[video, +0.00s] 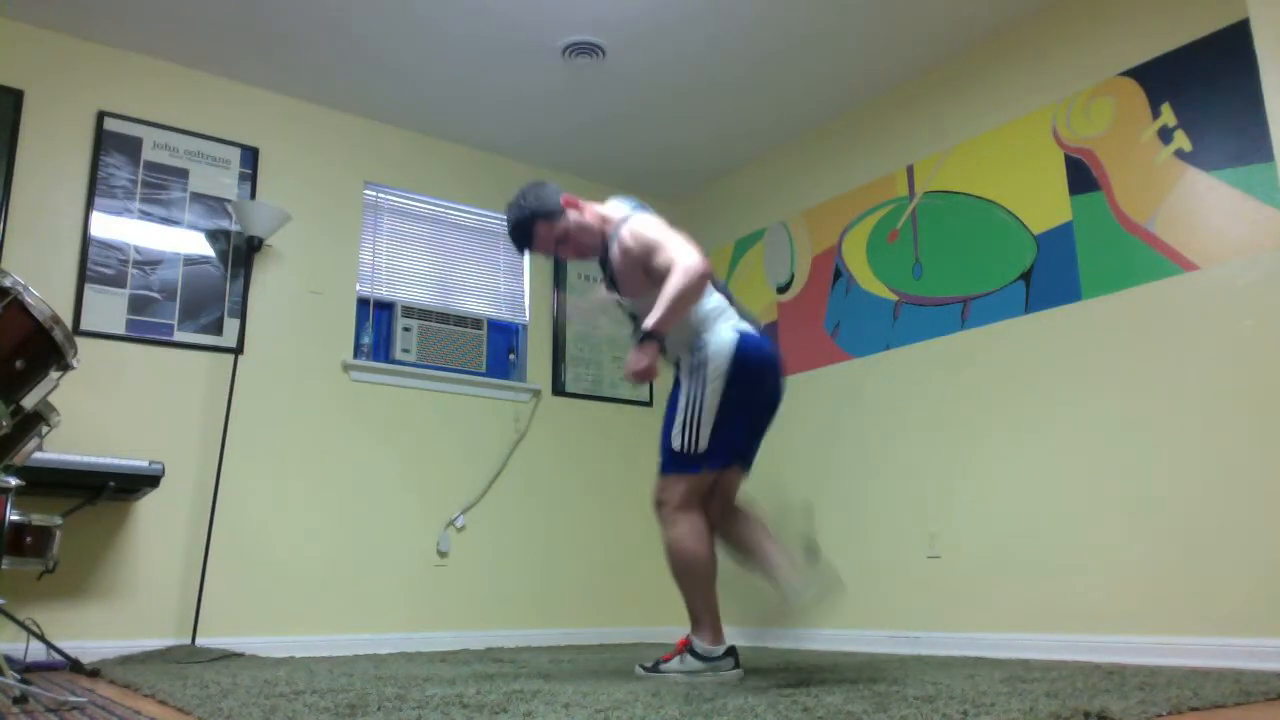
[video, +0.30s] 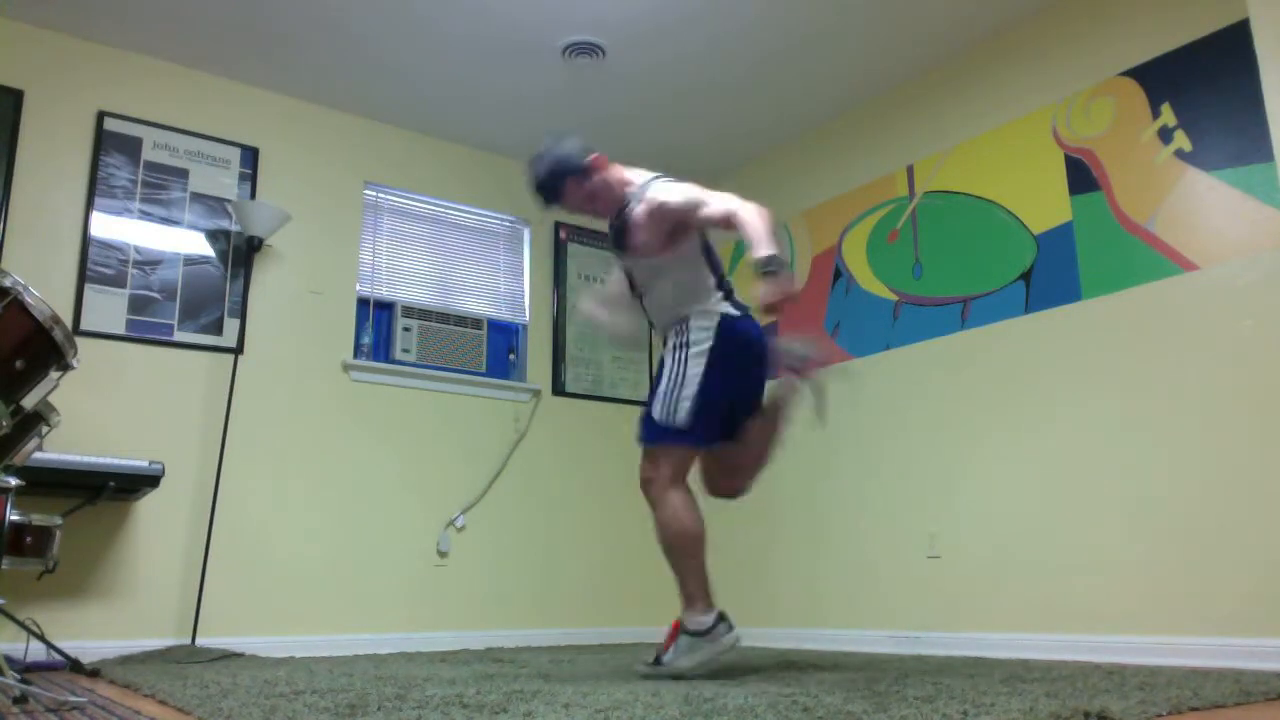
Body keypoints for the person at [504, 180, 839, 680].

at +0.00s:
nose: (569, 254)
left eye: (562, 240)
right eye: (557, 253)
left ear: (573, 206)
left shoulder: (630, 230)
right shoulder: (613, 230)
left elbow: (691, 265)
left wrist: (649, 337)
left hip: (719, 358)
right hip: (743, 355)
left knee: (676, 502)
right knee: (716, 504)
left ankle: (708, 646)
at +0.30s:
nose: (578, 211)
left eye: (572, 200)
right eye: (570, 206)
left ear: (589, 172)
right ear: (580, 182)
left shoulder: (656, 199)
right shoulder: (628, 220)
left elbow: (747, 212)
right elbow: (652, 284)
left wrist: (769, 265)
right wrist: (609, 307)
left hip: (705, 334)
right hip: (720, 336)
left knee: (660, 479)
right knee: (727, 479)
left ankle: (701, 624)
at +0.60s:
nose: (605, 218)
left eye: (604, 203)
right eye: (593, 214)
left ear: (615, 175)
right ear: (583, 209)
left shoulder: (666, 206)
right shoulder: (619, 230)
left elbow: (750, 205)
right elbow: (670, 263)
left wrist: (808, 226)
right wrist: (722, 271)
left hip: (715, 357)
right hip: (705, 357)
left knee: (707, 504)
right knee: (781, 480)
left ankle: (719, 641)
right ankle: (893, 460)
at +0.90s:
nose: (607, 264)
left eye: (609, 250)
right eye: (595, 258)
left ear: (629, 222)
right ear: (587, 255)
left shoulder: (680, 255)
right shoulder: (622, 265)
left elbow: (769, 281)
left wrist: (829, 336)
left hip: (731, 381)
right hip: (708, 384)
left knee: (698, 513)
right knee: (732, 518)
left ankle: (736, 640)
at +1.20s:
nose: (606, 204)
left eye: (608, 190)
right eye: (594, 201)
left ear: (622, 161)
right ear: (581, 195)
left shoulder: (671, 204)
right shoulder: (621, 181)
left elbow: (760, 227)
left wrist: (832, 275)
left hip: (705, 334)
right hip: (711, 329)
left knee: (653, 470)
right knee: (725, 472)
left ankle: (690, 610)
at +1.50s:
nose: (608, 214)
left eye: (609, 200)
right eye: (596, 210)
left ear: (625, 168)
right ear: (583, 201)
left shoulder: (674, 214)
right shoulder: (626, 208)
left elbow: (734, 275)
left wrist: (719, 348)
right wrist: (620, 273)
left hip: (700, 358)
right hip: (673, 361)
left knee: (647, 490)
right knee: (658, 498)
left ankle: (691, 635)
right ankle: (745, 609)